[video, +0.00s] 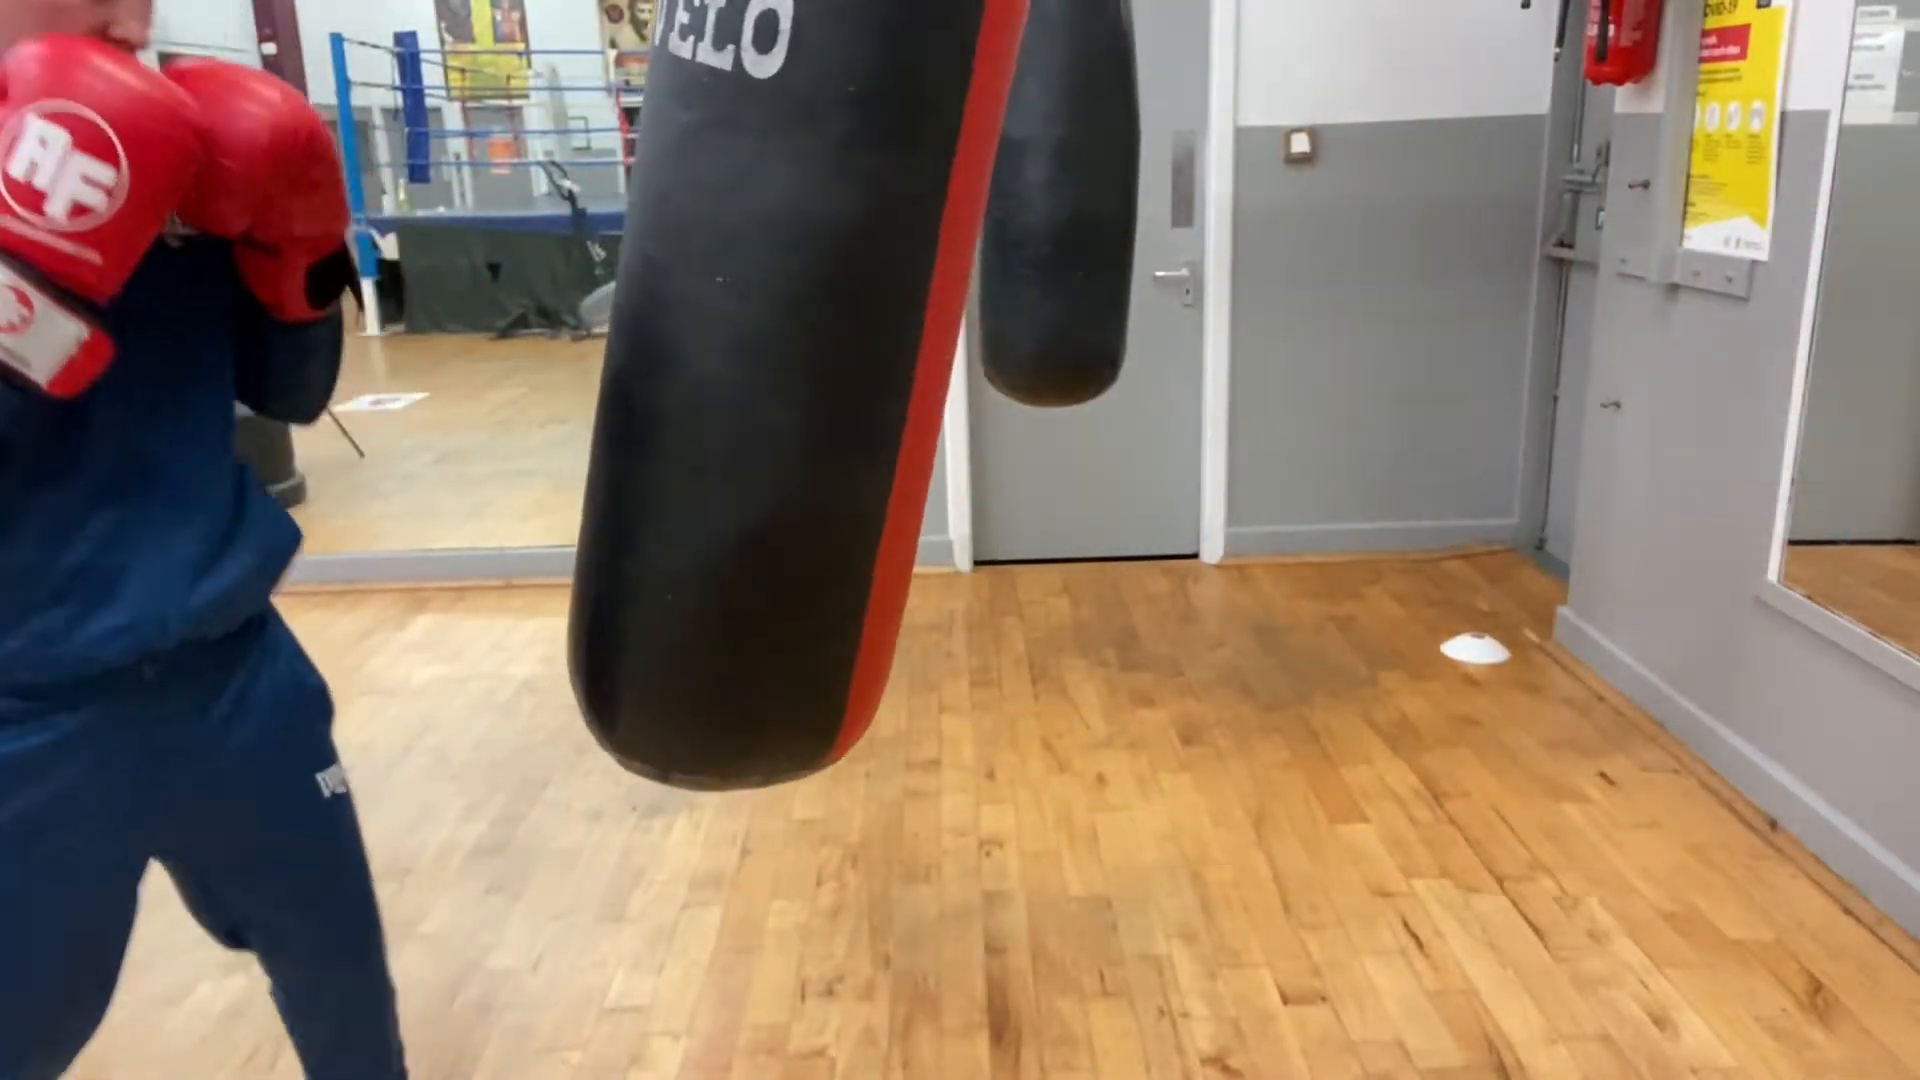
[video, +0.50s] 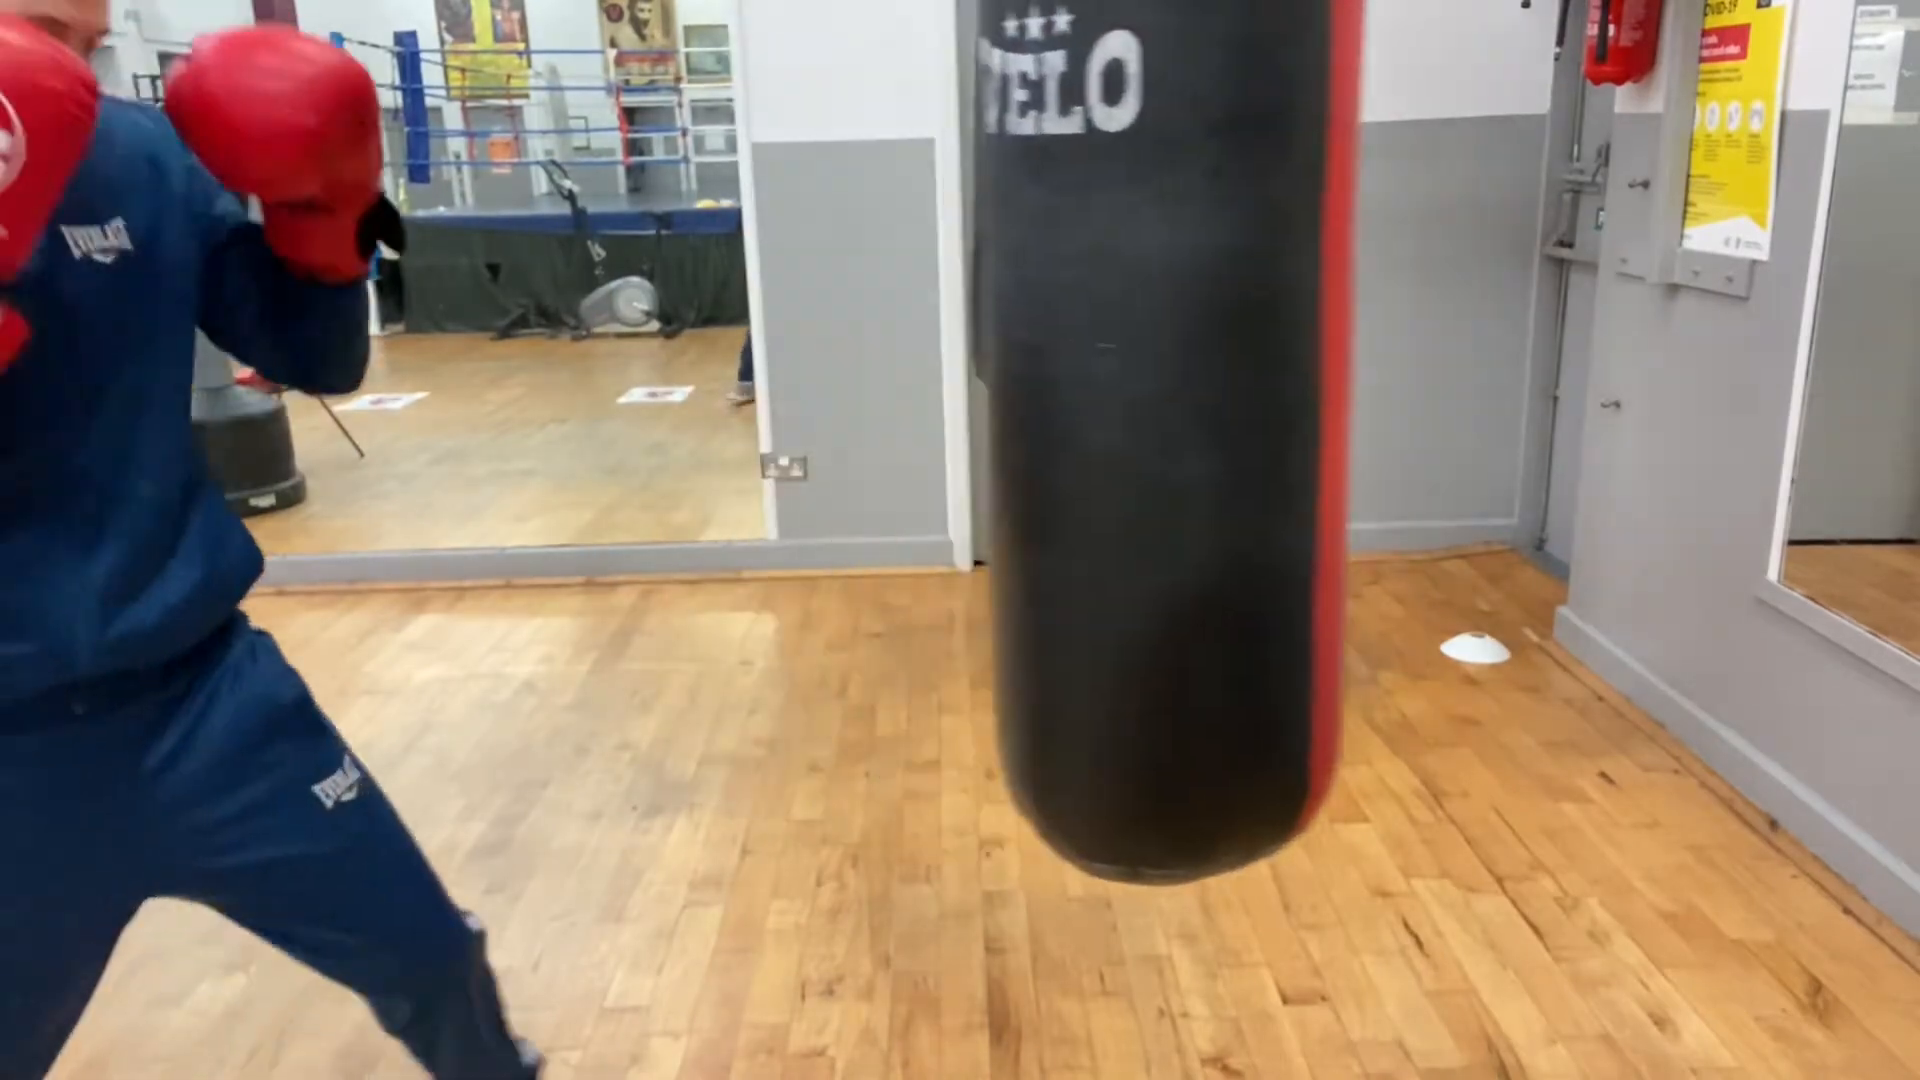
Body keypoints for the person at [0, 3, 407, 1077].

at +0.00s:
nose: (116, 28)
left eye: (127, 14)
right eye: (76, 17)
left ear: (148, 16)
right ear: (0, 25)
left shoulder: (186, 146)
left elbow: (292, 392)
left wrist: (295, 239)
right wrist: (34, 277)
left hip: (233, 675)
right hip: (29, 722)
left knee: (344, 990)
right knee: (23, 1044)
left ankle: (367, 1075)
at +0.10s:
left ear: (66, 52)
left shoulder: (128, 149)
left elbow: (283, 355)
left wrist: (279, 193)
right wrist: (13, 230)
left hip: (180, 665)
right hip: (14, 704)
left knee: (305, 989)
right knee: (0, 1009)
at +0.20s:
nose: (22, 44)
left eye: (18, 33)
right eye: (7, 34)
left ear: (26, 29)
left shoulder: (83, 188)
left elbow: (258, 406)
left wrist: (257, 261)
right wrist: (14, 210)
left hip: (151, 726)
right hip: (10, 765)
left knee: (281, 1008)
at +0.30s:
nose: (12, 22)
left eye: (11, 16)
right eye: (7, 16)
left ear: (17, 29)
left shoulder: (78, 199)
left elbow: (197, 436)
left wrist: (226, 333)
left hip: (149, 730)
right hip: (7, 783)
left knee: (310, 1023)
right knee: (8, 1060)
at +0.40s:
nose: (12, 26)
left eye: (19, 11)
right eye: (4, 13)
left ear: (31, 15)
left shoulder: (84, 143)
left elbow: (277, 357)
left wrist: (270, 202)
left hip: (170, 690)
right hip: (13, 747)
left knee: (371, 980)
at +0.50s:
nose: (76, 35)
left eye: (83, 24)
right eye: (45, 26)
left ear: (104, 21)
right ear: (7, 20)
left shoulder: (143, 154)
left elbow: (317, 359)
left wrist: (321, 212)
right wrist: (13, 230)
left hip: (207, 697)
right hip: (27, 748)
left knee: (436, 963)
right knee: (13, 1052)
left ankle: (500, 1072)